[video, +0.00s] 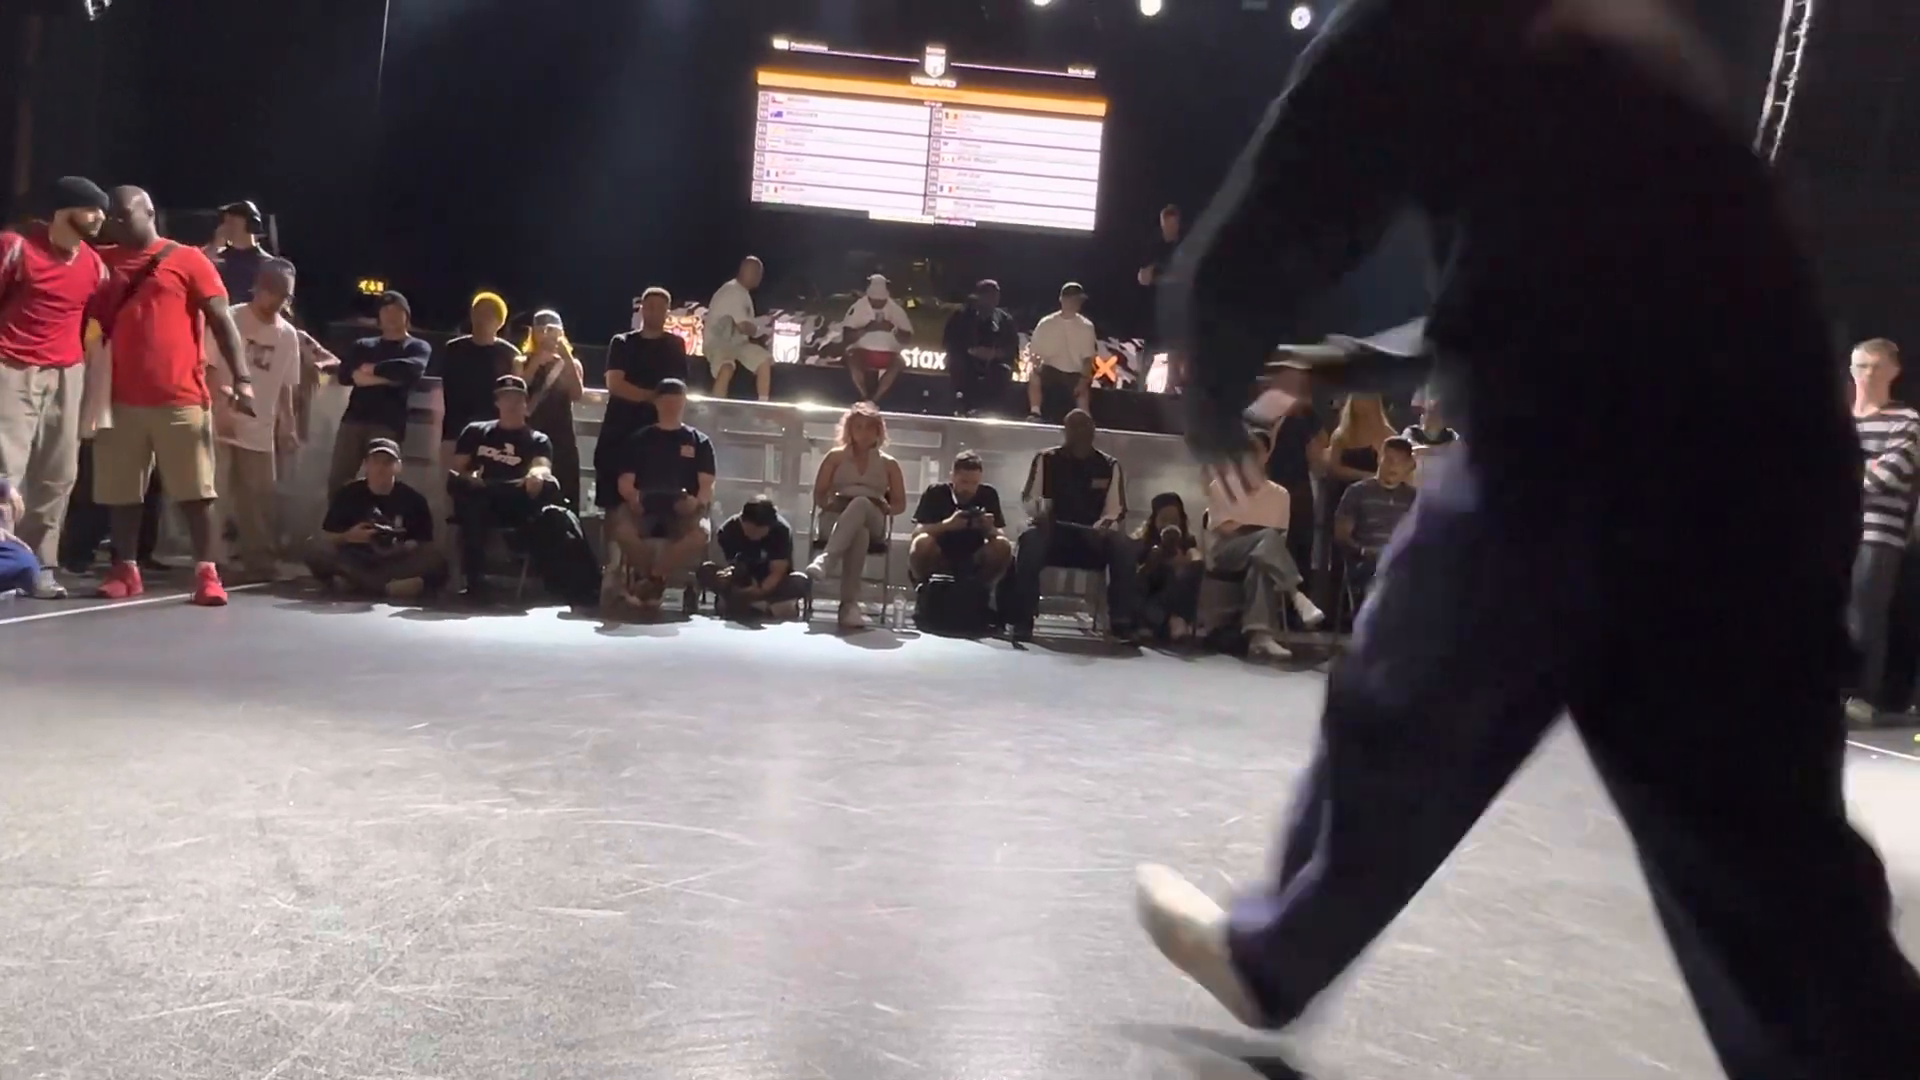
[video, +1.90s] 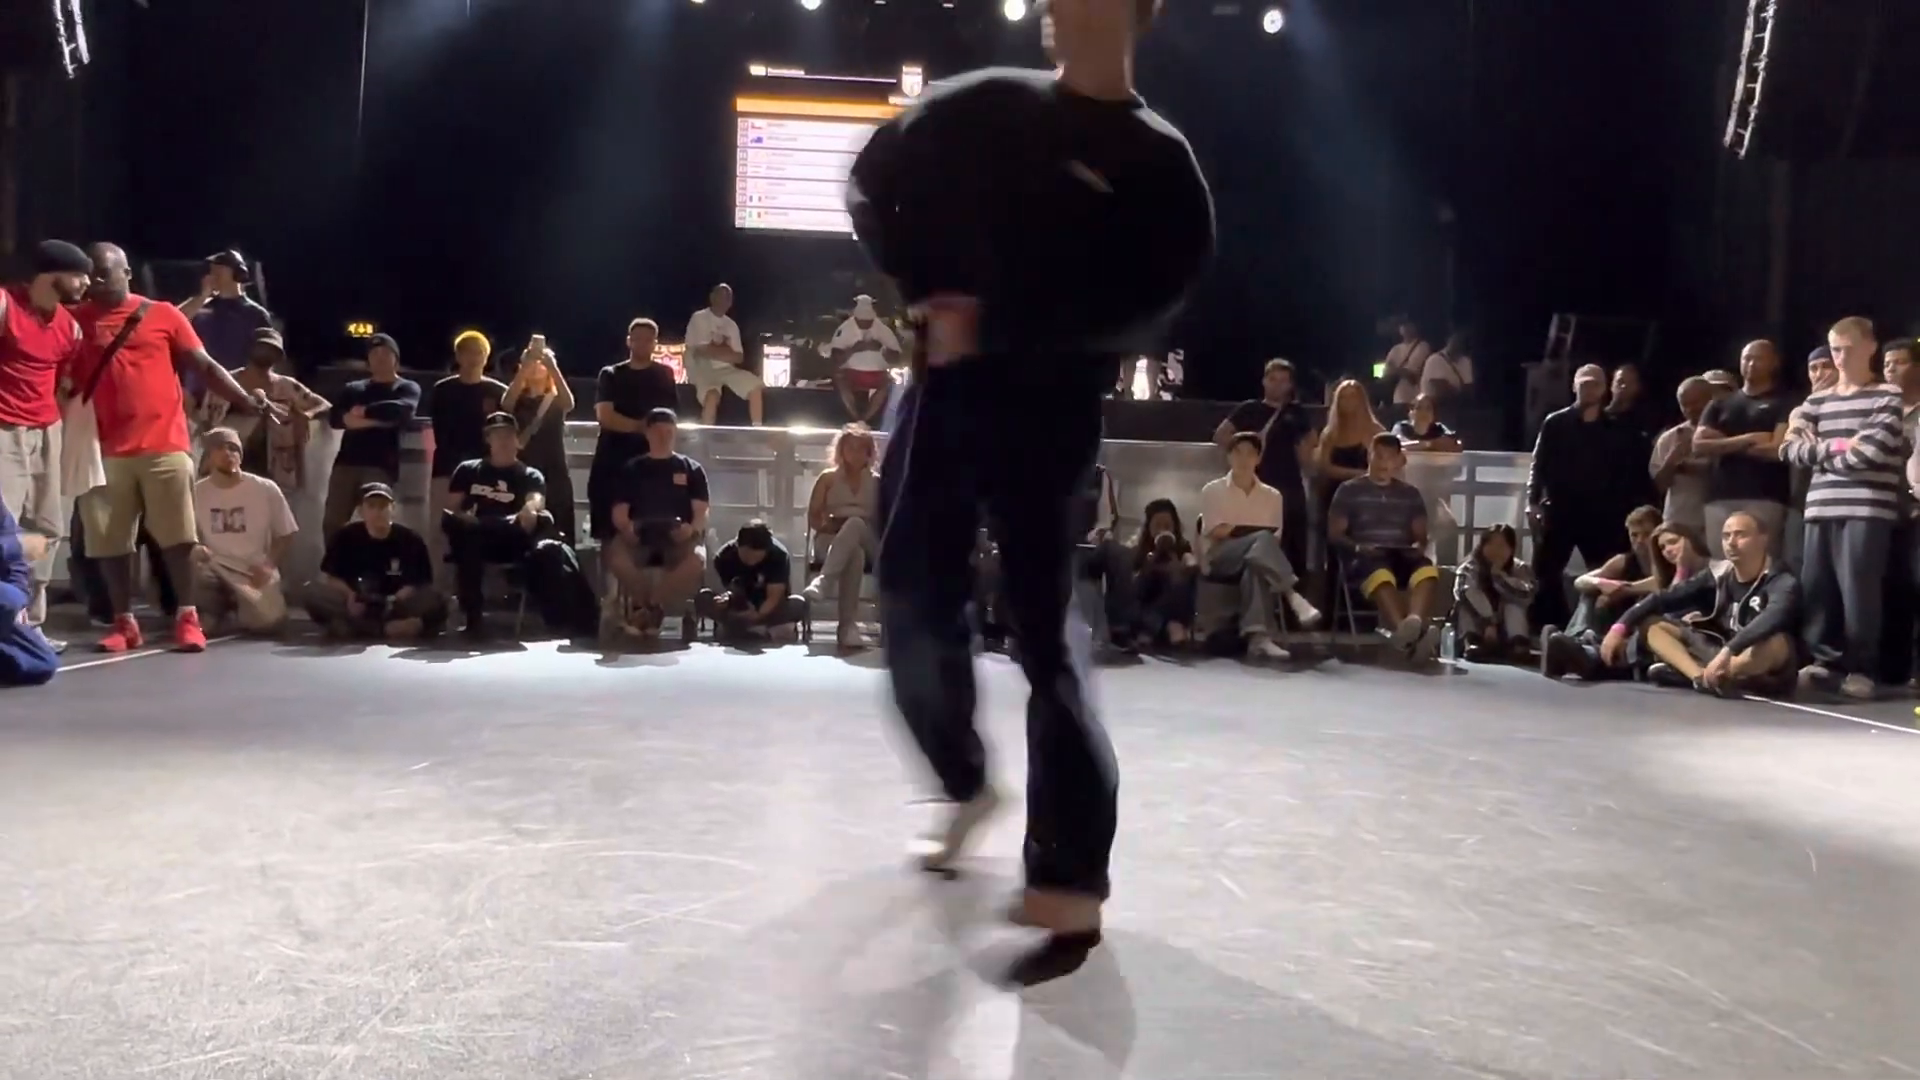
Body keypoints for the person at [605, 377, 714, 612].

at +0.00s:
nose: (671, 405)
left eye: (676, 400)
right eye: (666, 400)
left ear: (684, 402)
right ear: (657, 403)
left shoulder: (699, 441)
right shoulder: (638, 439)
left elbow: (706, 486)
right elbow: (625, 482)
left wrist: (696, 503)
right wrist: (635, 499)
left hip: (681, 503)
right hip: (645, 502)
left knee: (700, 533)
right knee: (621, 524)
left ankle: (653, 579)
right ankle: (654, 581)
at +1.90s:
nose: (664, 435)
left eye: (668, 430)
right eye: (658, 430)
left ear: (675, 433)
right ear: (647, 433)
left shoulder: (691, 468)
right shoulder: (631, 468)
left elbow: (701, 512)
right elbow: (619, 512)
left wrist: (691, 528)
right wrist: (630, 530)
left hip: (677, 530)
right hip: (641, 529)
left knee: (696, 560)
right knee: (615, 553)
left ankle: (650, 608)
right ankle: (651, 607)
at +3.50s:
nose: (682, 422)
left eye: (687, 417)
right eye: (677, 417)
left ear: (694, 421)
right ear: (666, 420)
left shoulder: (709, 456)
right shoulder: (649, 456)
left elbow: (718, 499)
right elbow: (637, 499)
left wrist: (708, 517)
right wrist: (648, 517)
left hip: (694, 519)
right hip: (659, 518)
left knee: (714, 550)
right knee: (637, 544)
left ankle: (670, 598)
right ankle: (665, 596)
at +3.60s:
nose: (683, 422)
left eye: (688, 417)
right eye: (677, 417)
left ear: (695, 420)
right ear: (667, 419)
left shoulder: (711, 456)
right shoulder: (650, 456)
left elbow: (719, 501)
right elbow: (639, 498)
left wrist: (709, 517)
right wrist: (648, 516)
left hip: (695, 519)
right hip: (660, 519)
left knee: (716, 546)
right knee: (638, 536)